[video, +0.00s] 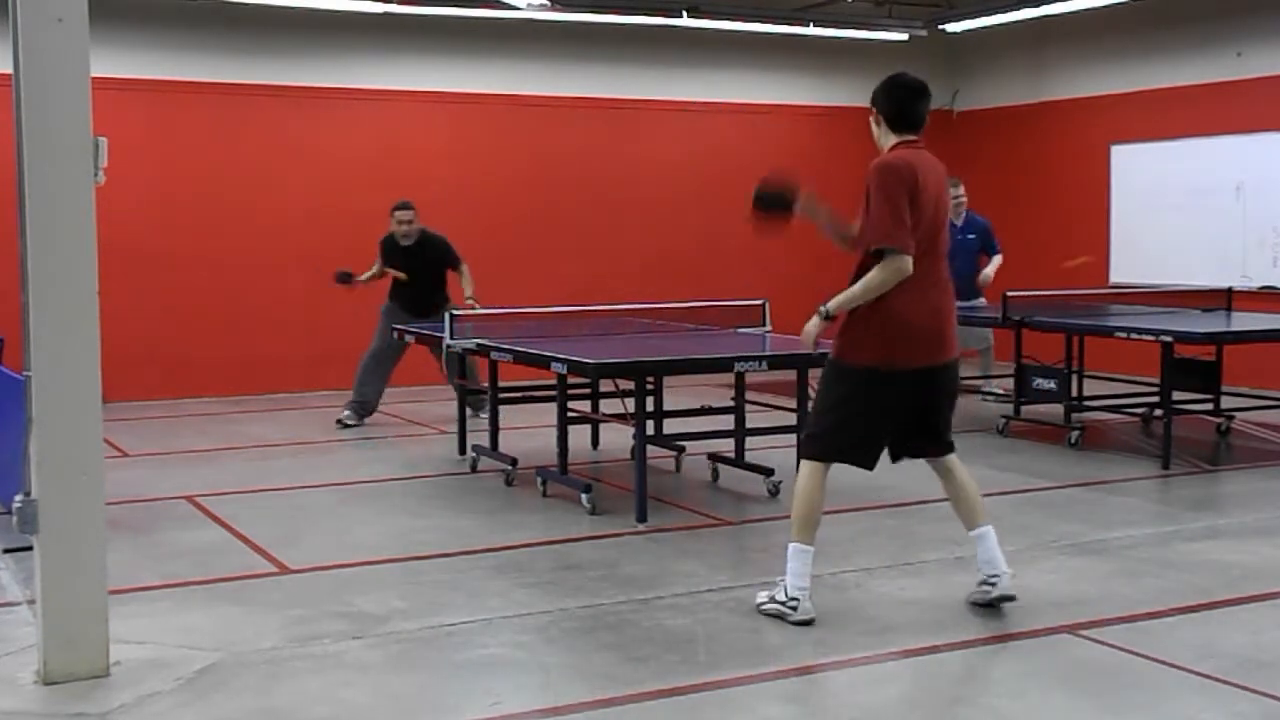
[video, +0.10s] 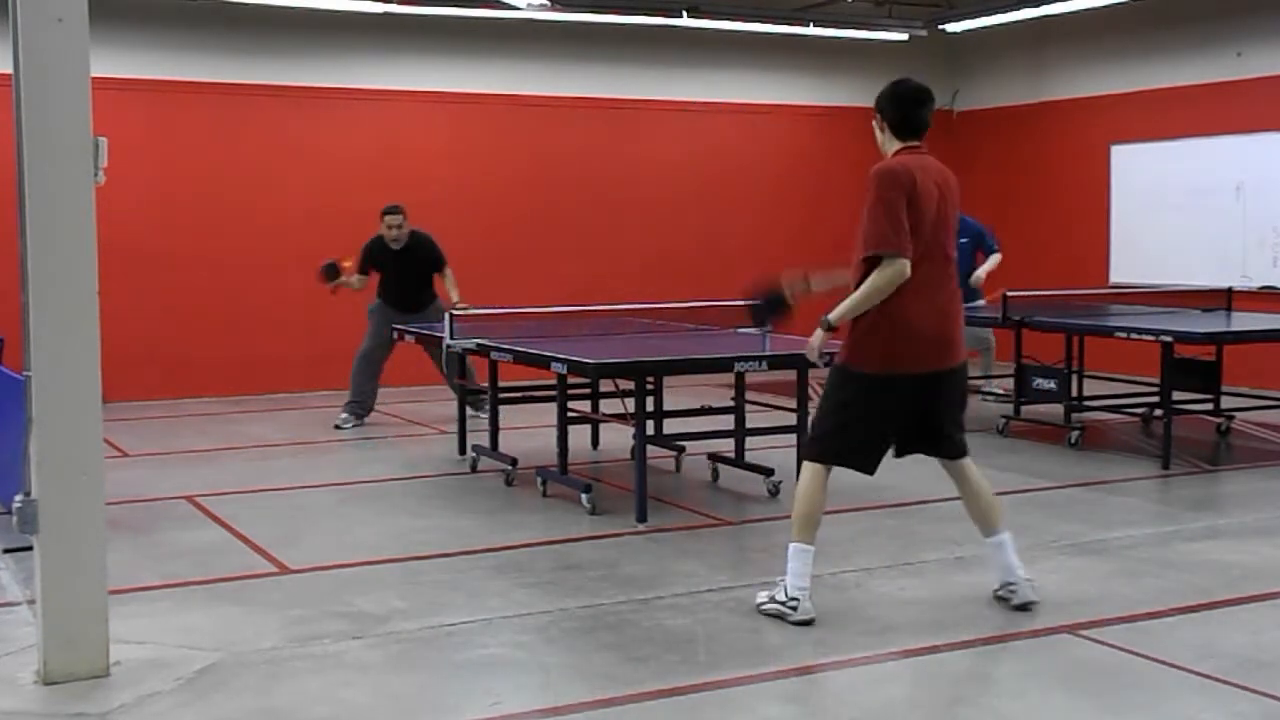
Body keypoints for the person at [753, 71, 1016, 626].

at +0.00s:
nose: (867, 123)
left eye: (868, 115)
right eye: (873, 115)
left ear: (875, 118)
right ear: (923, 119)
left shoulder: (889, 169)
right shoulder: (935, 170)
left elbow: (898, 262)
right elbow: (875, 243)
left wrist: (830, 309)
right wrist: (815, 212)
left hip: (874, 349)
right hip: (935, 346)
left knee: (815, 456)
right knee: (942, 451)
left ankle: (794, 590)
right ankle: (995, 572)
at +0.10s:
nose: (873, 129)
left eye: (872, 121)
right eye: (875, 121)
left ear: (880, 123)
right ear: (926, 124)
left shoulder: (892, 175)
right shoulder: (944, 177)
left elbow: (896, 267)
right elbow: (915, 260)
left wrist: (831, 321)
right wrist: (813, 279)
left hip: (879, 354)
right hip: (943, 352)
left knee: (816, 459)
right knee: (957, 456)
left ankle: (794, 591)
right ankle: (1015, 578)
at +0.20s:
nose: (883, 131)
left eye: (883, 124)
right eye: (886, 123)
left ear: (891, 126)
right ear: (936, 127)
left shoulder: (896, 177)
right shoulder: (960, 178)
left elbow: (895, 266)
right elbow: (979, 254)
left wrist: (833, 324)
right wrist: (882, 284)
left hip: (898, 351)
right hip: (961, 350)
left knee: (832, 458)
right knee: (970, 458)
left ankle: (797, 591)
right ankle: (1023, 576)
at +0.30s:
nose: (894, 134)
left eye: (895, 127)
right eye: (898, 126)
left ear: (903, 129)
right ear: (948, 129)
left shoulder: (898, 180)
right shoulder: (978, 184)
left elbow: (885, 265)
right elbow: (984, 271)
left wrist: (829, 326)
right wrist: (890, 267)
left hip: (903, 354)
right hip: (971, 353)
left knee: (840, 458)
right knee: (979, 461)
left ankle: (819, 591)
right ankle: (1023, 576)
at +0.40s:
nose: (907, 143)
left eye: (909, 136)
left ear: (915, 141)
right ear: (962, 143)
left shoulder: (895, 192)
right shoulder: (990, 199)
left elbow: (871, 274)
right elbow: (1013, 299)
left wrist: (832, 334)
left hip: (900, 361)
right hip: (972, 361)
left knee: (846, 471)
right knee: (996, 459)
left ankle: (830, 601)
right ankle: (1032, 581)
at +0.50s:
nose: (928, 156)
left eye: (929, 149)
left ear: (934, 155)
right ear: (982, 157)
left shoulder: (905, 209)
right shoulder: (1005, 214)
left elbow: (875, 298)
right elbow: (1038, 304)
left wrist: (856, 347)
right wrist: (1035, 346)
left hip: (910, 369)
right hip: (987, 370)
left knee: (845, 471)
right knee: (1017, 461)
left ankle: (828, 598)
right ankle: (1052, 578)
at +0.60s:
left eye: (953, 155)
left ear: (954, 159)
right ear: (1004, 159)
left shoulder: (920, 209)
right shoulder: (1022, 215)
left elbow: (889, 303)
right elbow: (1061, 306)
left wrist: (890, 353)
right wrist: (1079, 351)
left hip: (921, 369)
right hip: (995, 372)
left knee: (857, 473)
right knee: (1022, 461)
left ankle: (827, 592)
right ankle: (1052, 582)